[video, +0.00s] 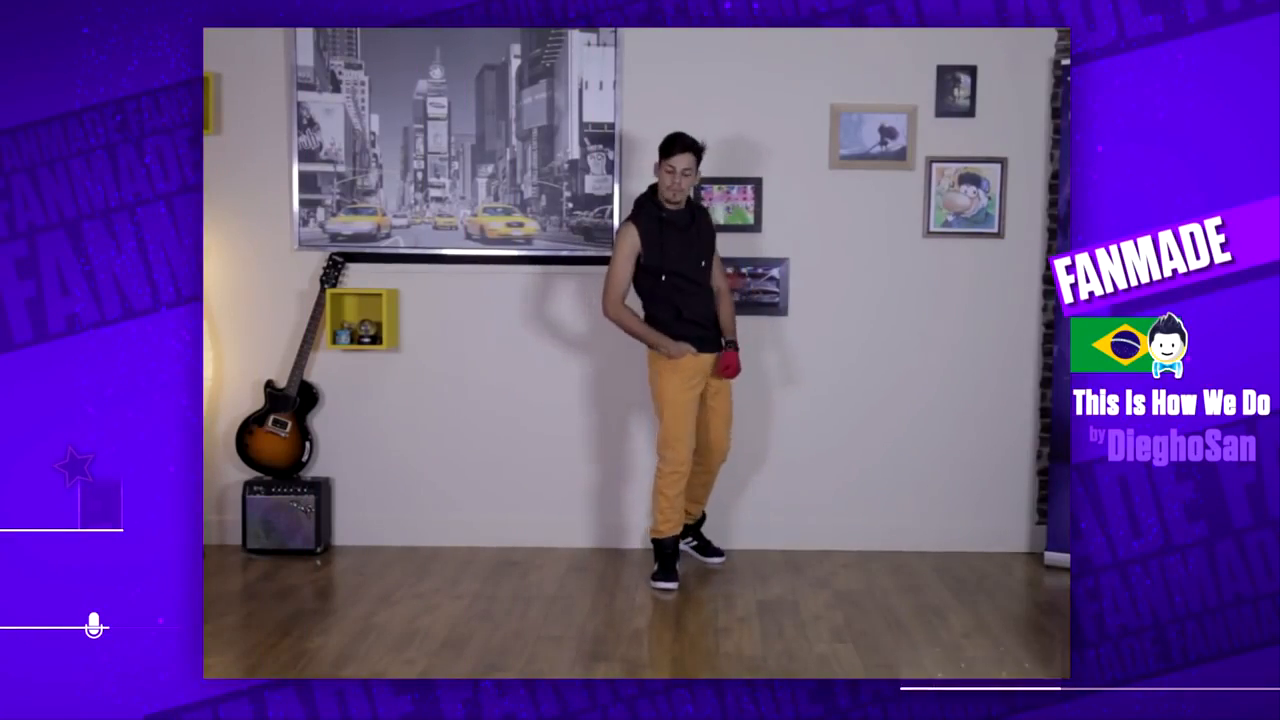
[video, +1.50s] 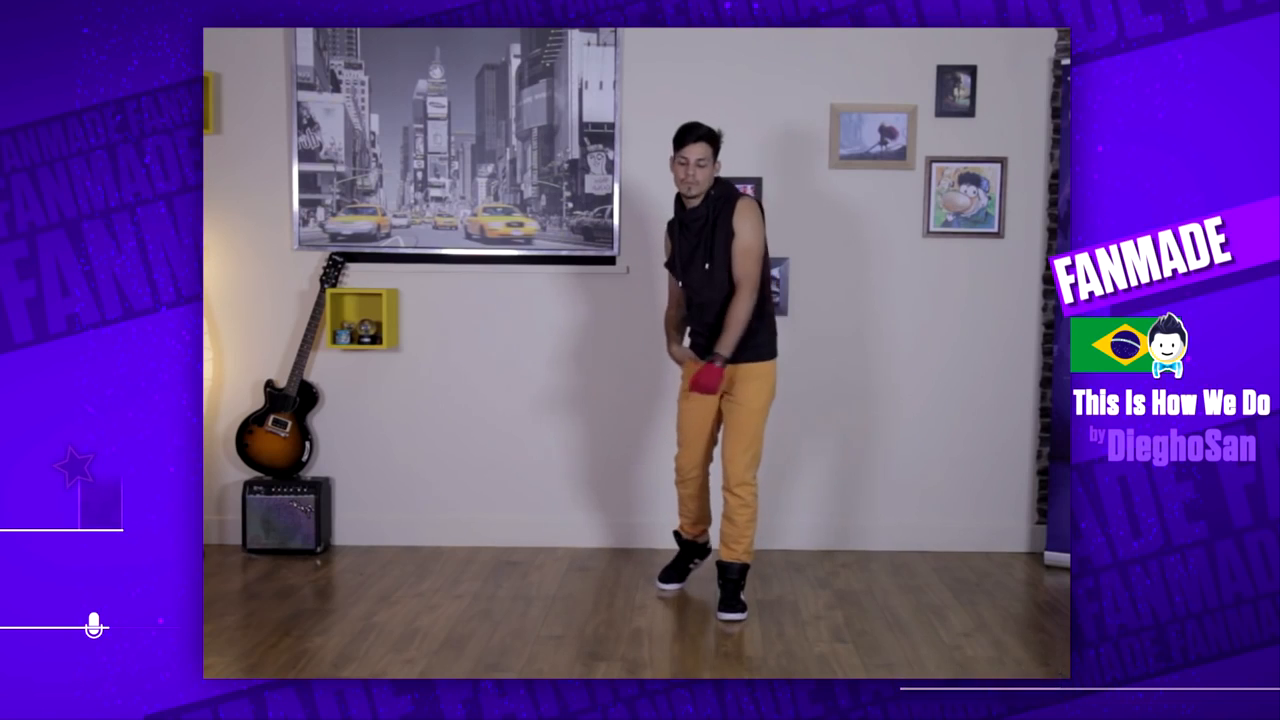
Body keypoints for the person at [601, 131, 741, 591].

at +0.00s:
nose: (677, 181)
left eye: (687, 173)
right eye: (670, 171)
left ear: (697, 177)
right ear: (657, 170)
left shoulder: (702, 221)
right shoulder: (636, 228)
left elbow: (720, 286)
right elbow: (612, 304)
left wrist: (730, 341)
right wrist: (666, 345)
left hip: (715, 353)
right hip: (674, 356)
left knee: (715, 448)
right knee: (676, 455)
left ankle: (689, 527)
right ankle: (664, 552)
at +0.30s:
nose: (691, 187)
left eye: (700, 179)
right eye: (684, 177)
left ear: (710, 182)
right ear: (670, 175)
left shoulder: (699, 224)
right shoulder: (646, 220)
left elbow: (710, 295)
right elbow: (614, 293)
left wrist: (722, 358)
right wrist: (655, 348)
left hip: (708, 359)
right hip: (666, 363)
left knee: (730, 450)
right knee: (671, 462)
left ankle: (700, 539)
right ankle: (665, 554)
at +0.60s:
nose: (705, 188)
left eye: (714, 179)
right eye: (697, 179)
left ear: (726, 182)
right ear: (684, 179)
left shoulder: (722, 237)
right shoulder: (655, 217)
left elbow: (712, 296)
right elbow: (613, 285)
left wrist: (708, 340)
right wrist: (636, 352)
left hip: (704, 361)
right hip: (656, 363)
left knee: (720, 462)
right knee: (663, 467)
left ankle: (733, 565)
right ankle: (665, 560)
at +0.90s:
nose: (704, 174)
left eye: (713, 165)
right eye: (696, 166)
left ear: (729, 172)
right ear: (686, 173)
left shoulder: (741, 240)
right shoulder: (661, 217)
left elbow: (757, 321)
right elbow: (629, 286)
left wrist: (757, 391)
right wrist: (633, 346)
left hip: (710, 366)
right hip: (656, 363)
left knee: (716, 469)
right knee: (664, 469)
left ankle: (730, 576)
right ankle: (667, 556)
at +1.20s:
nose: (695, 163)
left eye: (704, 155)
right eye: (687, 155)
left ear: (718, 161)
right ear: (675, 162)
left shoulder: (743, 221)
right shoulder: (666, 221)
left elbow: (770, 295)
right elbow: (658, 291)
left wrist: (775, 356)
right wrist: (655, 342)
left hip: (732, 366)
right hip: (679, 363)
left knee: (727, 474)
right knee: (675, 468)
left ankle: (731, 580)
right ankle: (677, 549)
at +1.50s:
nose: (689, 173)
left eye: (700, 164)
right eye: (682, 163)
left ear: (716, 167)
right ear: (671, 167)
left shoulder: (743, 211)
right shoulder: (676, 228)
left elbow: (748, 288)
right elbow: (676, 296)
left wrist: (719, 357)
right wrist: (673, 342)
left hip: (749, 359)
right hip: (700, 358)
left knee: (737, 473)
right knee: (689, 464)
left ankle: (733, 576)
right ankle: (692, 544)